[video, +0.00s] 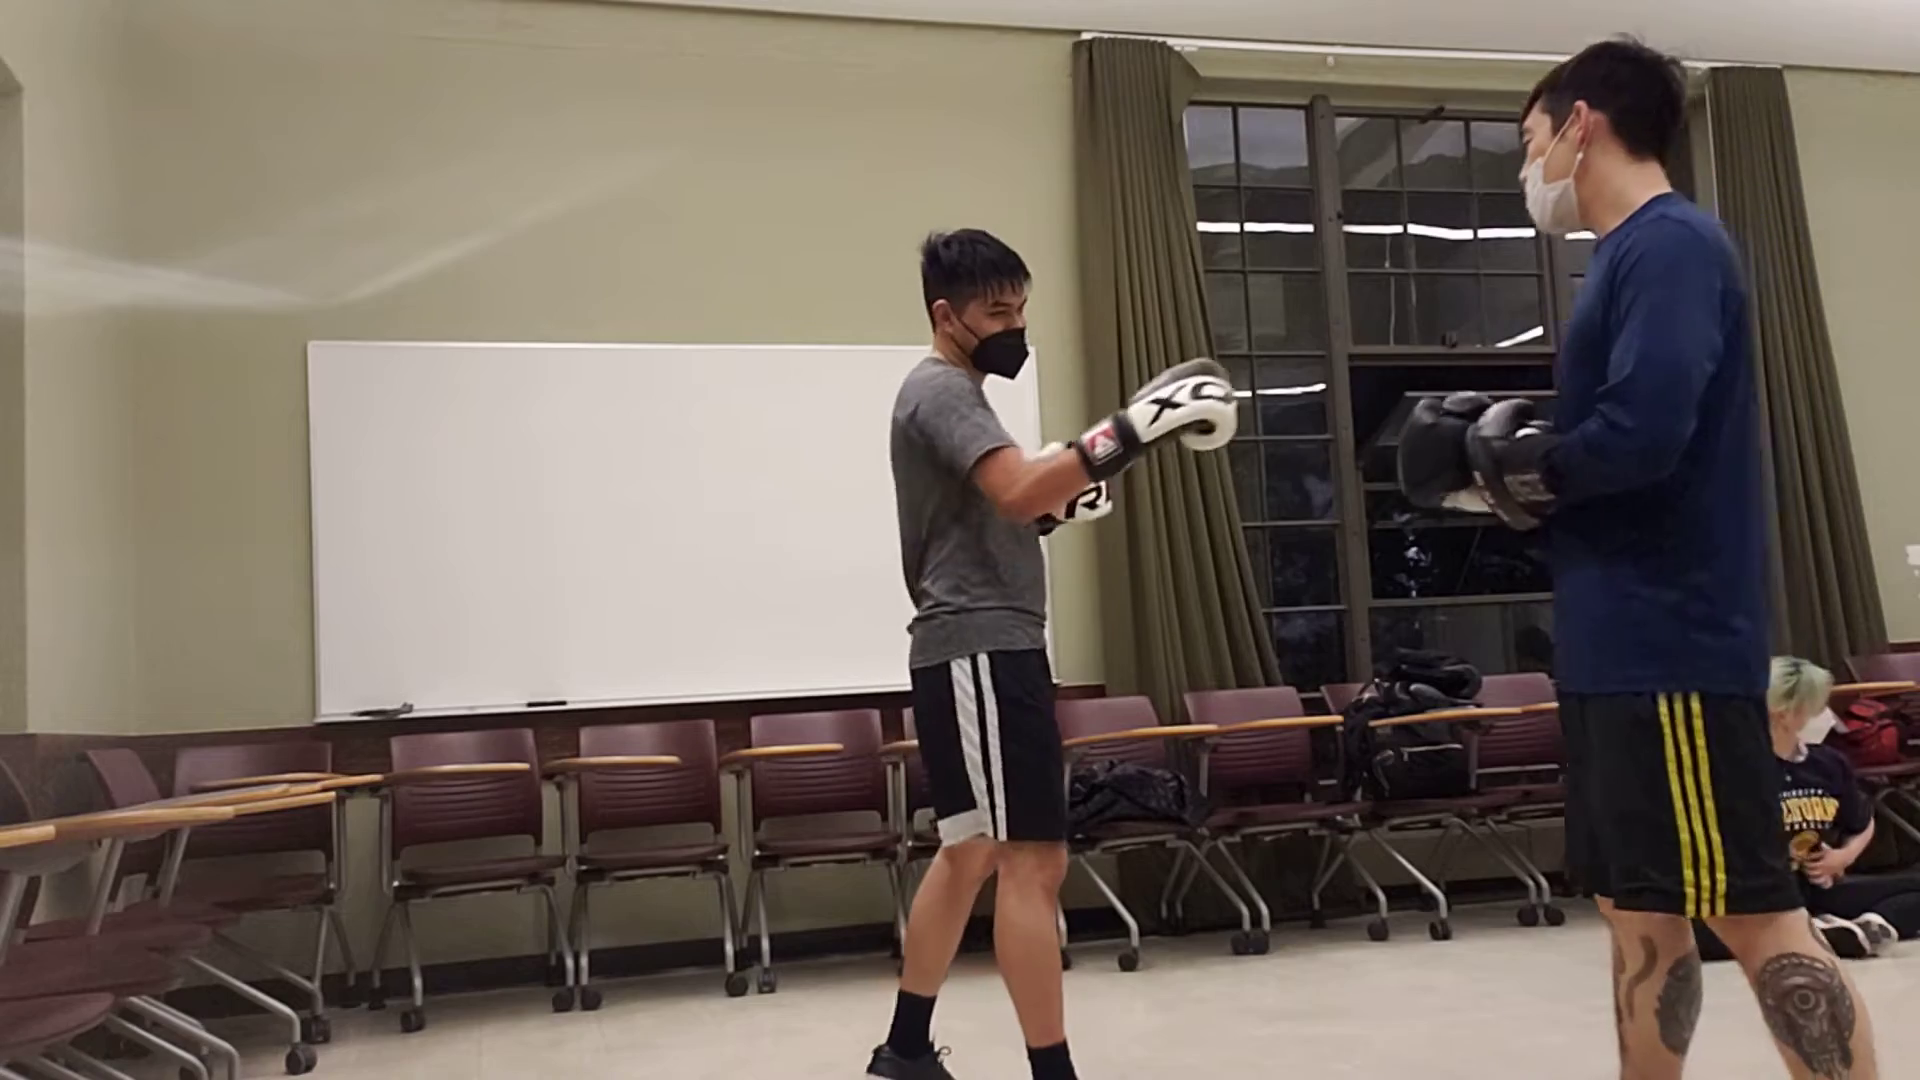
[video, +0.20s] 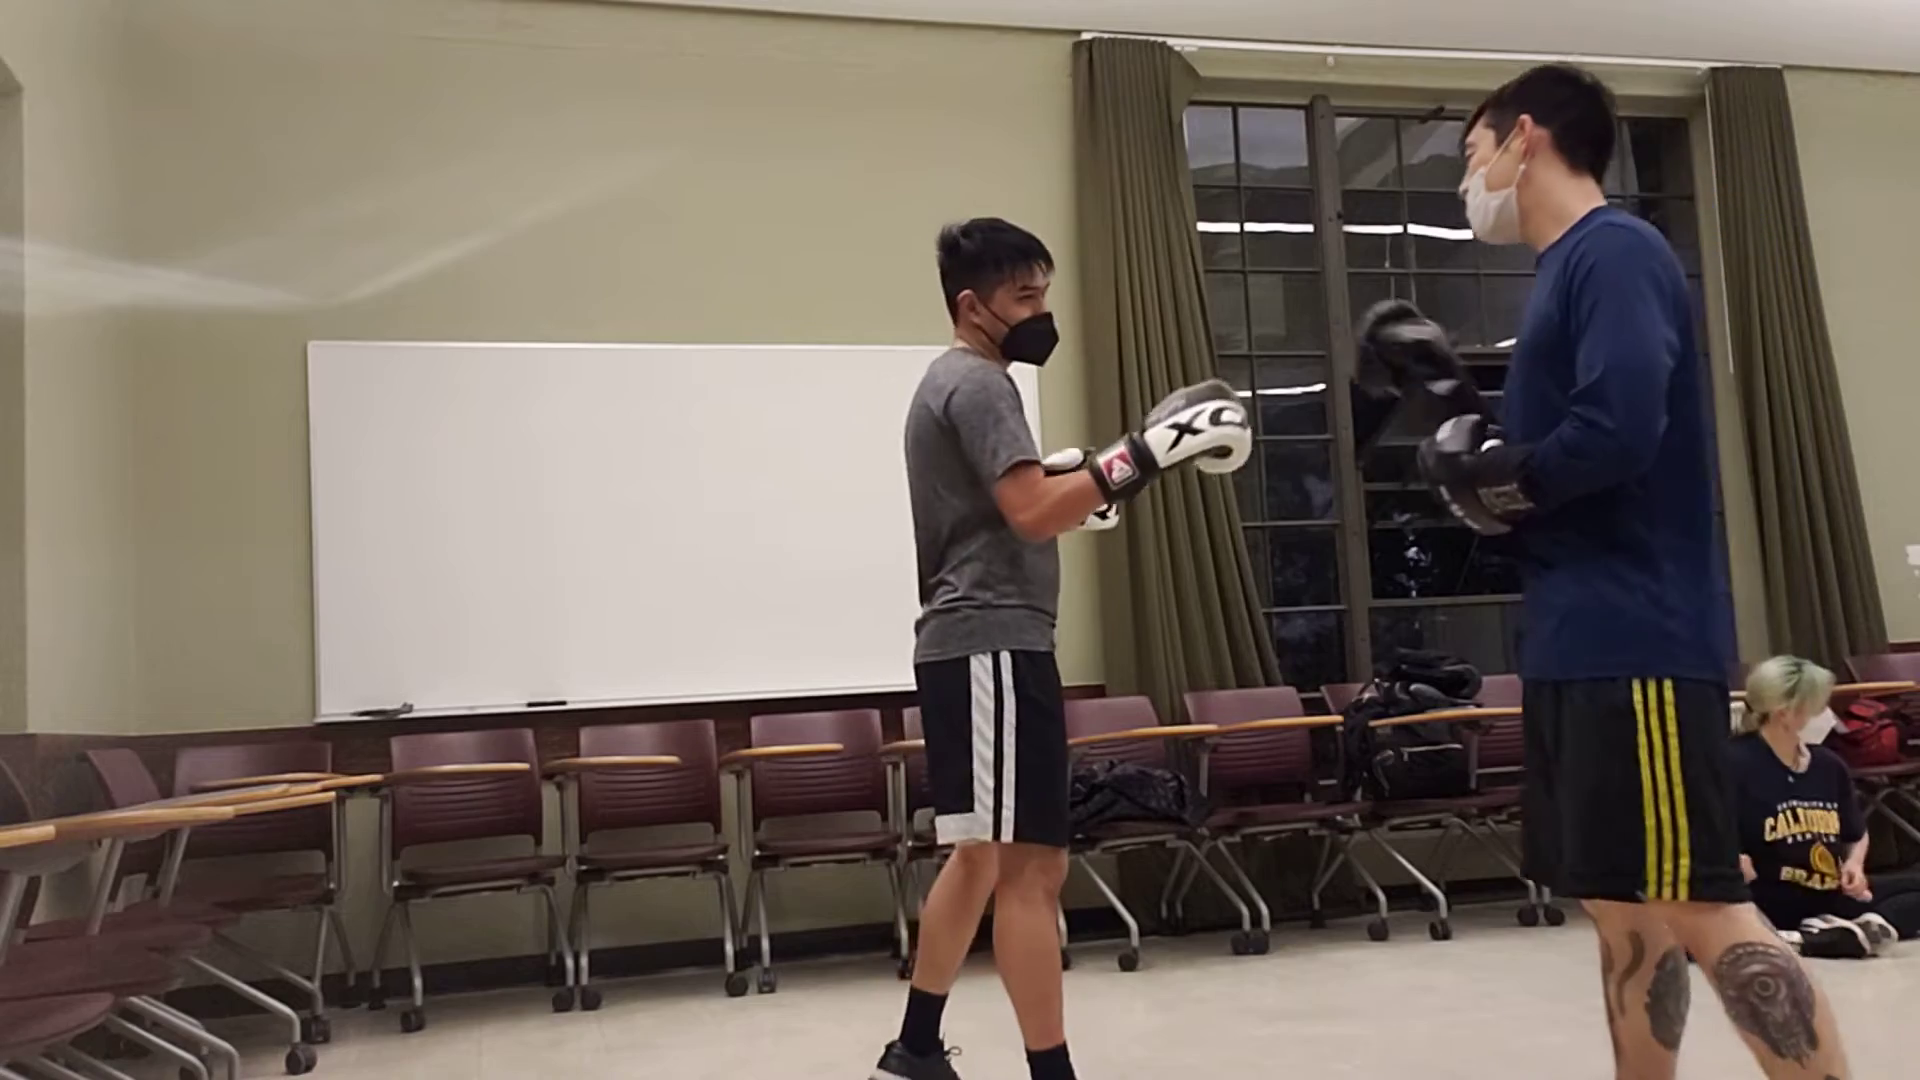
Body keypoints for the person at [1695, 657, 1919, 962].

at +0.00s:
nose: (1820, 720)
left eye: (1818, 712)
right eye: (1813, 712)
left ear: (1787, 714)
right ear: (1783, 714)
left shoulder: (1829, 763)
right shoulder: (1747, 766)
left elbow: (1865, 825)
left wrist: (1842, 858)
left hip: (1824, 892)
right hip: (1769, 895)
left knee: (1914, 887)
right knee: (1697, 935)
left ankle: (1866, 929)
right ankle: (1810, 935)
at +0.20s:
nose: (1822, 716)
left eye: (1821, 707)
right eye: (1814, 709)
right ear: (1784, 713)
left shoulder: (1829, 765)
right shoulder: (1734, 761)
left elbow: (1858, 834)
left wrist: (1854, 862)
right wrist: (1731, 856)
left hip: (1835, 898)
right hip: (1773, 901)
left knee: (1914, 891)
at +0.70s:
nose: (1828, 720)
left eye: (1827, 710)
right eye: (1819, 712)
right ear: (1786, 716)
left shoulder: (1833, 760)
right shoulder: (1733, 765)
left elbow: (1851, 799)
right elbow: (1660, 808)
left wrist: (1851, 834)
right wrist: (1699, 856)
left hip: (1819, 898)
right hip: (1746, 902)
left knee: (1916, 888)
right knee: (1668, 925)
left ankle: (1860, 929)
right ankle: (1789, 942)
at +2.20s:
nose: (1830, 722)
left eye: (1829, 713)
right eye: (1821, 715)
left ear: (1796, 720)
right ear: (1788, 719)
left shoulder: (1826, 762)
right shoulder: (1734, 769)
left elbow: (1851, 813)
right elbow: (1662, 826)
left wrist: (1846, 852)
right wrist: (1733, 874)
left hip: (1817, 899)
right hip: (1747, 908)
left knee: (1916, 888)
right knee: (1671, 922)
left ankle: (1854, 930)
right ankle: (1797, 944)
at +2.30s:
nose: (1823, 715)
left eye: (1822, 706)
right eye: (1815, 707)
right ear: (1784, 714)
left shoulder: (1825, 764)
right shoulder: (1735, 769)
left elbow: (1856, 829)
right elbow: (1675, 843)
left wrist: (1852, 861)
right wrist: (1759, 880)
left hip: (1824, 899)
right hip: (1747, 907)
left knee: (1915, 892)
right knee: (1670, 922)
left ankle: (1851, 930)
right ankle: (1794, 945)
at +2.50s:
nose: (1820, 712)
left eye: (1819, 703)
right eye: (1812, 703)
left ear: (1784, 708)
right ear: (1781, 708)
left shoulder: (1823, 766)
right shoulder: (1735, 769)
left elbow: (1852, 842)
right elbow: (1704, 862)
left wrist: (1856, 878)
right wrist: (1796, 890)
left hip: (1822, 898)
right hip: (1749, 905)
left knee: (1915, 897)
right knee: (1670, 922)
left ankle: (1850, 930)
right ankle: (1792, 945)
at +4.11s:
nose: (1830, 716)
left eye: (1829, 705)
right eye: (1817, 707)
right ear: (1777, 712)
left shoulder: (1836, 772)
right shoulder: (1740, 775)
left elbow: (1857, 852)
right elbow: (1724, 870)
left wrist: (1859, 899)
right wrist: (1801, 920)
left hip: (1828, 903)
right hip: (1755, 908)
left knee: (1916, 899)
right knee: (1672, 922)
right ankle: (1792, 944)